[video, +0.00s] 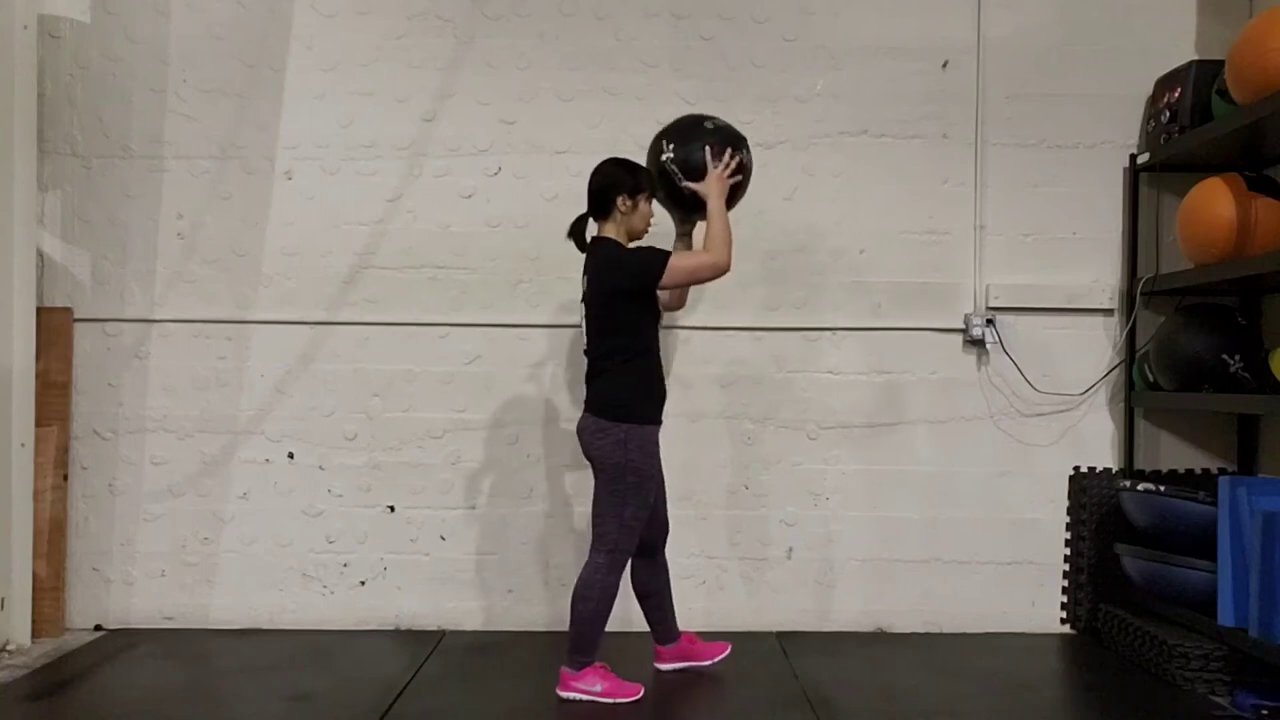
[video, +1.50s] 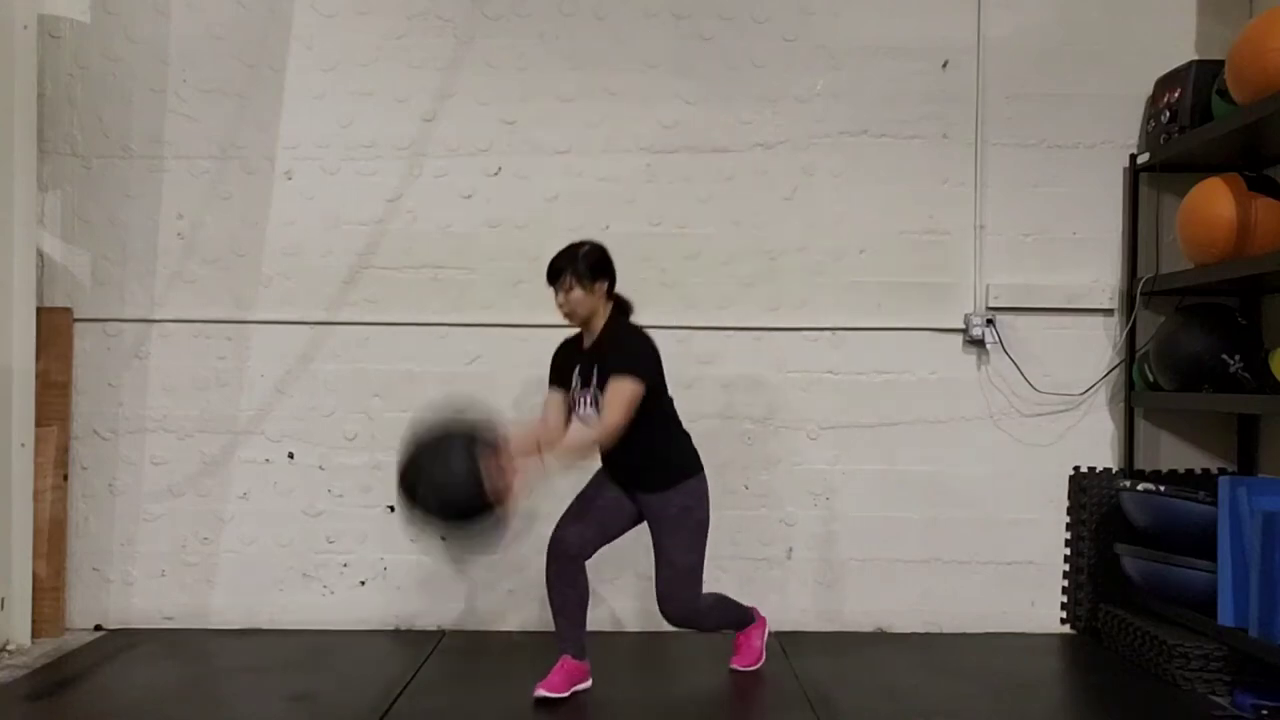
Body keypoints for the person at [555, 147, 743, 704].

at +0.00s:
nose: (650, 212)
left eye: (649, 204)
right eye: (646, 203)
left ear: (609, 207)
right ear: (625, 204)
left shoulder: (612, 261)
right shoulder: (616, 261)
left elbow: (672, 300)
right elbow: (716, 260)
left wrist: (686, 228)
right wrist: (716, 199)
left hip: (631, 427)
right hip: (619, 430)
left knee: (651, 538)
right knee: (612, 547)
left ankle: (669, 644)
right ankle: (579, 667)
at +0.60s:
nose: (688, 208)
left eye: (689, 202)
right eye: (679, 197)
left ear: (679, 208)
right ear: (656, 204)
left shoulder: (687, 258)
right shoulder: (646, 247)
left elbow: (735, 233)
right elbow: (690, 182)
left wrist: (716, 173)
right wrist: (685, 126)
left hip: (683, 420)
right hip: (648, 418)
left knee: (674, 536)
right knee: (640, 536)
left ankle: (676, 644)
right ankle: (584, 649)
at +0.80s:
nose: (672, 209)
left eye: (681, 202)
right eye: (662, 200)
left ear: (690, 209)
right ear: (642, 206)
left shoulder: (698, 256)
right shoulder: (627, 254)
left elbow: (757, 212)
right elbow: (622, 184)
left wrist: (719, 150)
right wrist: (637, 119)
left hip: (695, 424)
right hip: (640, 423)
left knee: (690, 538)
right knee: (621, 539)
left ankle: (679, 643)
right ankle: (582, 654)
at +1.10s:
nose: (610, 218)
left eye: (620, 208)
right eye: (606, 210)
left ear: (646, 210)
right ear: (599, 217)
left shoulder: (677, 253)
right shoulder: (596, 264)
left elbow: (700, 182)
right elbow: (550, 200)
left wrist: (676, 118)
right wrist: (576, 126)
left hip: (671, 427)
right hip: (609, 427)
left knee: (693, 536)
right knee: (576, 540)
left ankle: (730, 623)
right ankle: (574, 657)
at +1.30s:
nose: (595, 238)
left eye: (604, 227)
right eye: (589, 228)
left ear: (626, 228)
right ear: (578, 235)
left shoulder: (650, 275)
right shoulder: (589, 281)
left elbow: (614, 228)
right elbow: (531, 242)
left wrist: (589, 141)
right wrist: (528, 169)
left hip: (666, 447)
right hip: (611, 447)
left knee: (687, 558)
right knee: (566, 544)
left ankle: (752, 621)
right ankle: (573, 658)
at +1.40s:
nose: (580, 268)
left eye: (588, 257)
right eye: (575, 260)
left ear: (619, 252)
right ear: (575, 260)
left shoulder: (644, 302)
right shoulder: (589, 303)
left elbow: (585, 317)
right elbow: (521, 330)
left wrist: (537, 256)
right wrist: (499, 276)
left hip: (672, 465)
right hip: (620, 463)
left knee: (682, 582)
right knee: (565, 543)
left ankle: (753, 622)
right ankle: (574, 659)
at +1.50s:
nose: (562, 300)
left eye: (571, 289)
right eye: (557, 290)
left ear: (602, 288)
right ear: (557, 293)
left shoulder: (633, 348)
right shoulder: (569, 354)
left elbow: (607, 429)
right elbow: (551, 429)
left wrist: (541, 459)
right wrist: (507, 451)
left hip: (675, 486)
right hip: (622, 482)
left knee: (679, 606)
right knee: (564, 549)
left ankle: (750, 622)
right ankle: (574, 661)